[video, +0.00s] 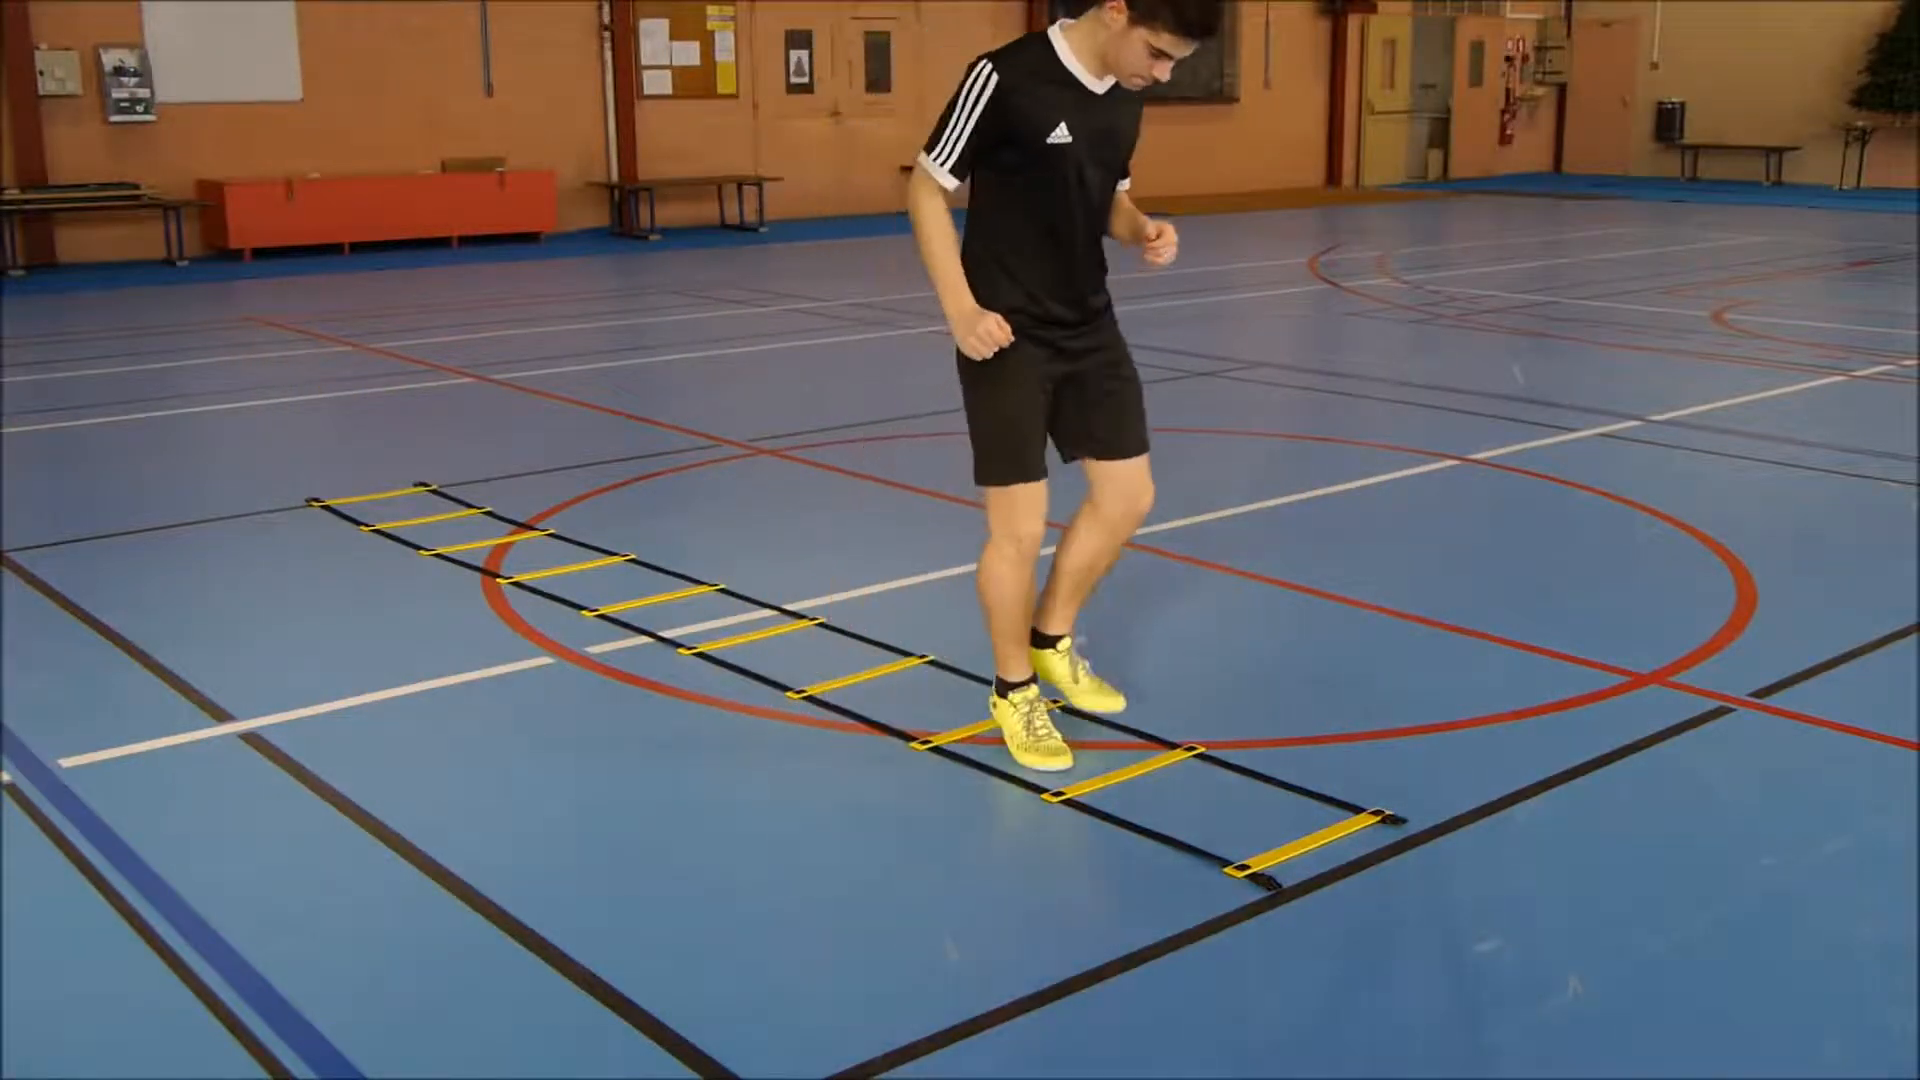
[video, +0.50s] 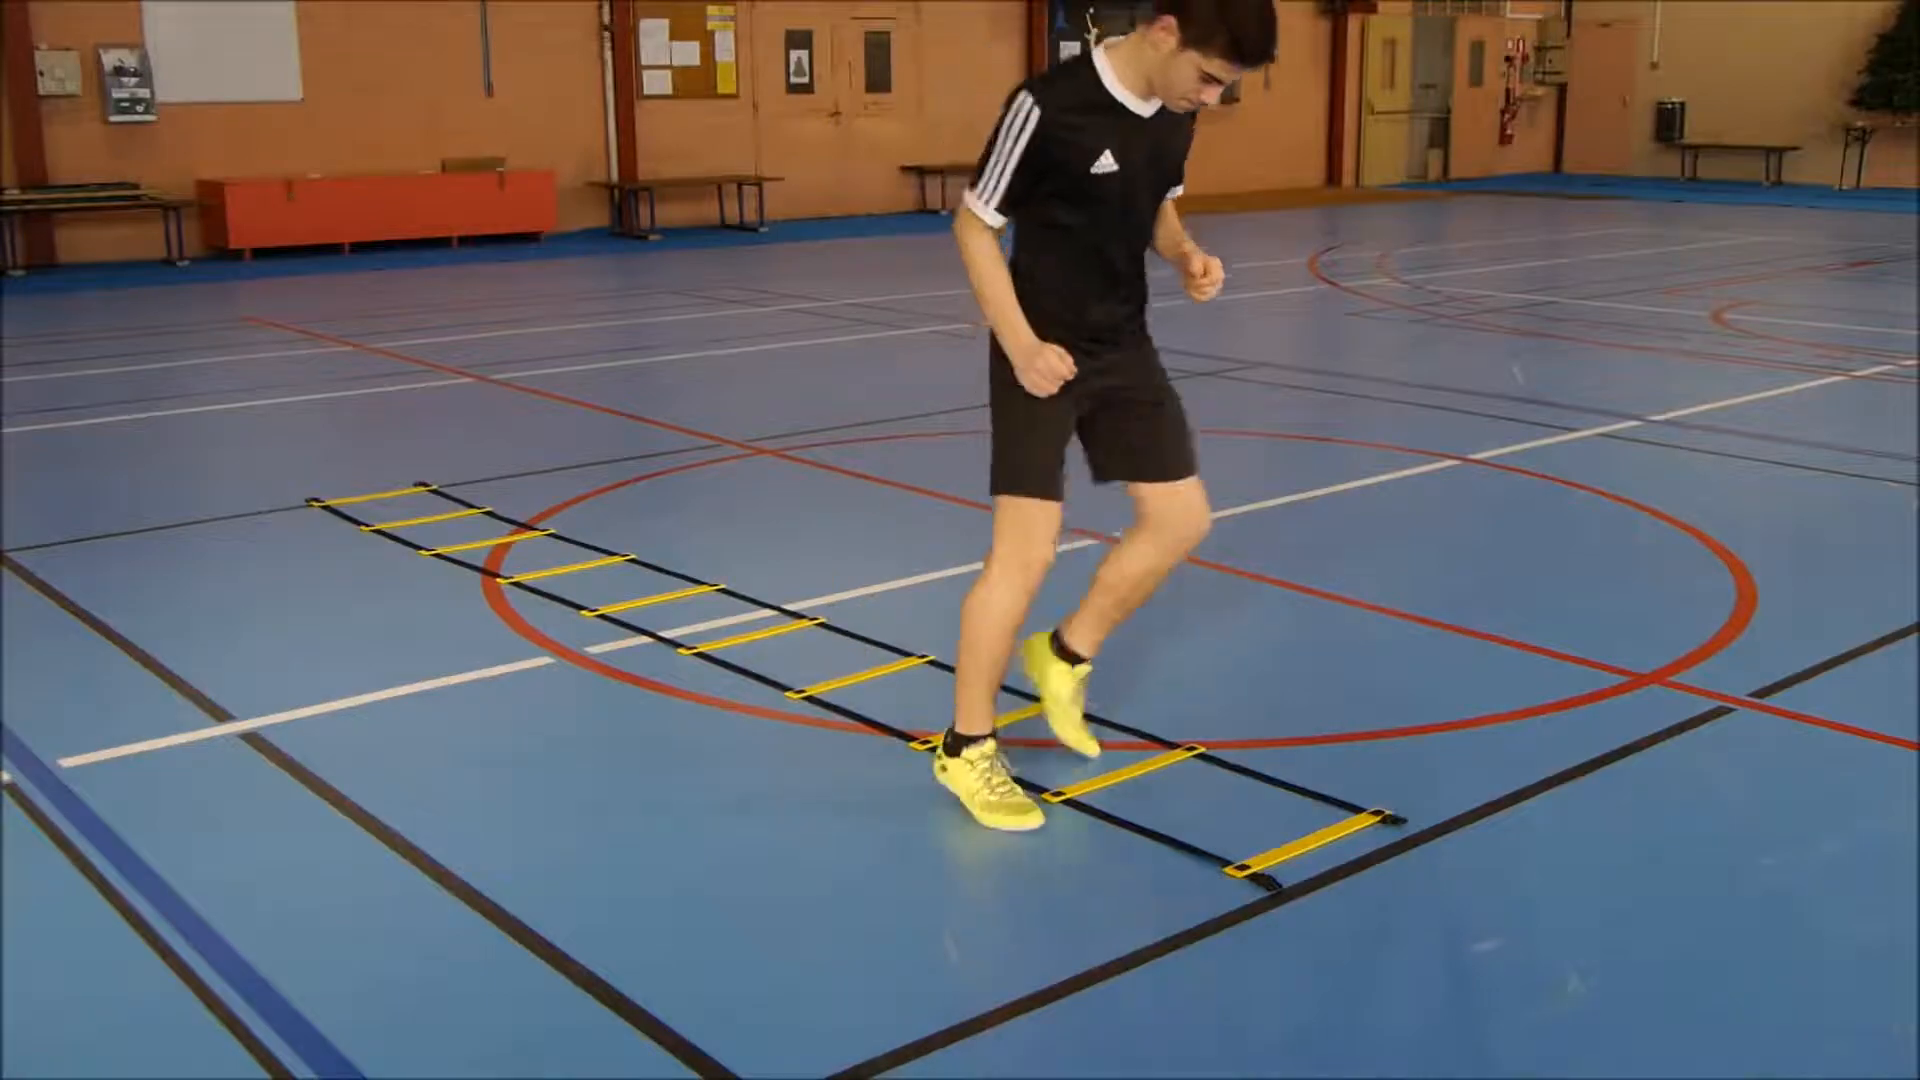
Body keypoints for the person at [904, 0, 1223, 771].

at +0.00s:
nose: (1161, 73)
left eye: (1174, 60)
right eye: (1156, 53)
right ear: (1113, 12)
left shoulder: (1125, 91)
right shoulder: (1001, 76)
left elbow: (1105, 194)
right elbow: (927, 188)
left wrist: (1141, 228)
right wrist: (961, 310)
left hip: (1087, 324)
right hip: (1003, 330)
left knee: (1127, 495)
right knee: (1019, 529)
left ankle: (1047, 639)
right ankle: (1014, 692)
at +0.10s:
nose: (1172, 69)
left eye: (1186, 56)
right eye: (1167, 49)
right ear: (1125, 8)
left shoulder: (1135, 86)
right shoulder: (1008, 63)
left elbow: (1116, 188)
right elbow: (935, 183)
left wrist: (1150, 227)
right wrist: (966, 303)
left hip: (1091, 314)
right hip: (1006, 319)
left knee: (1117, 497)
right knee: (1028, 525)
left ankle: (1045, 649)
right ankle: (1010, 681)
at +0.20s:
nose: (1181, 68)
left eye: (1194, 56)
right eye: (1176, 48)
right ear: (1136, 8)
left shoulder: (1143, 86)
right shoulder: (1013, 59)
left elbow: (1123, 182)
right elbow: (942, 178)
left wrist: (1162, 226)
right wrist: (972, 298)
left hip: (1097, 313)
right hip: (1012, 317)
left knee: (1103, 509)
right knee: (1038, 515)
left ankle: (1043, 674)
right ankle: (1005, 672)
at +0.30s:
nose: (1187, 71)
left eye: (1201, 58)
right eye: (1182, 51)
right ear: (1137, 10)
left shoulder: (1162, 85)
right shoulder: (1018, 68)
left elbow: (1136, 179)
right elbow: (946, 183)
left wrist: (1166, 228)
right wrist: (980, 301)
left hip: (1103, 318)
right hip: (1018, 317)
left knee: (1097, 512)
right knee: (1041, 516)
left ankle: (1032, 684)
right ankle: (999, 687)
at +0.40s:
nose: (1203, 89)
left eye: (1215, 77)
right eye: (1197, 69)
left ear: (1225, 57)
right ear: (1153, 20)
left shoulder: (1177, 101)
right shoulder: (1034, 95)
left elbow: (1160, 198)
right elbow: (963, 211)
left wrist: (1182, 246)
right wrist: (1005, 328)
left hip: (1117, 338)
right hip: (1032, 338)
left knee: (1130, 528)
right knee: (1028, 535)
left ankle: (1037, 676)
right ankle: (979, 739)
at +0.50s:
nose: (1213, 98)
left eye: (1227, 86)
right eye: (1208, 77)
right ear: (1161, 32)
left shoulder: (1179, 108)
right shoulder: (1045, 103)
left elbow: (1160, 205)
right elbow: (974, 223)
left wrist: (1186, 252)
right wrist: (1021, 342)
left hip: (1120, 343)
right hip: (1034, 345)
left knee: (1180, 518)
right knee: (1023, 550)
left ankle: (1065, 654)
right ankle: (966, 744)